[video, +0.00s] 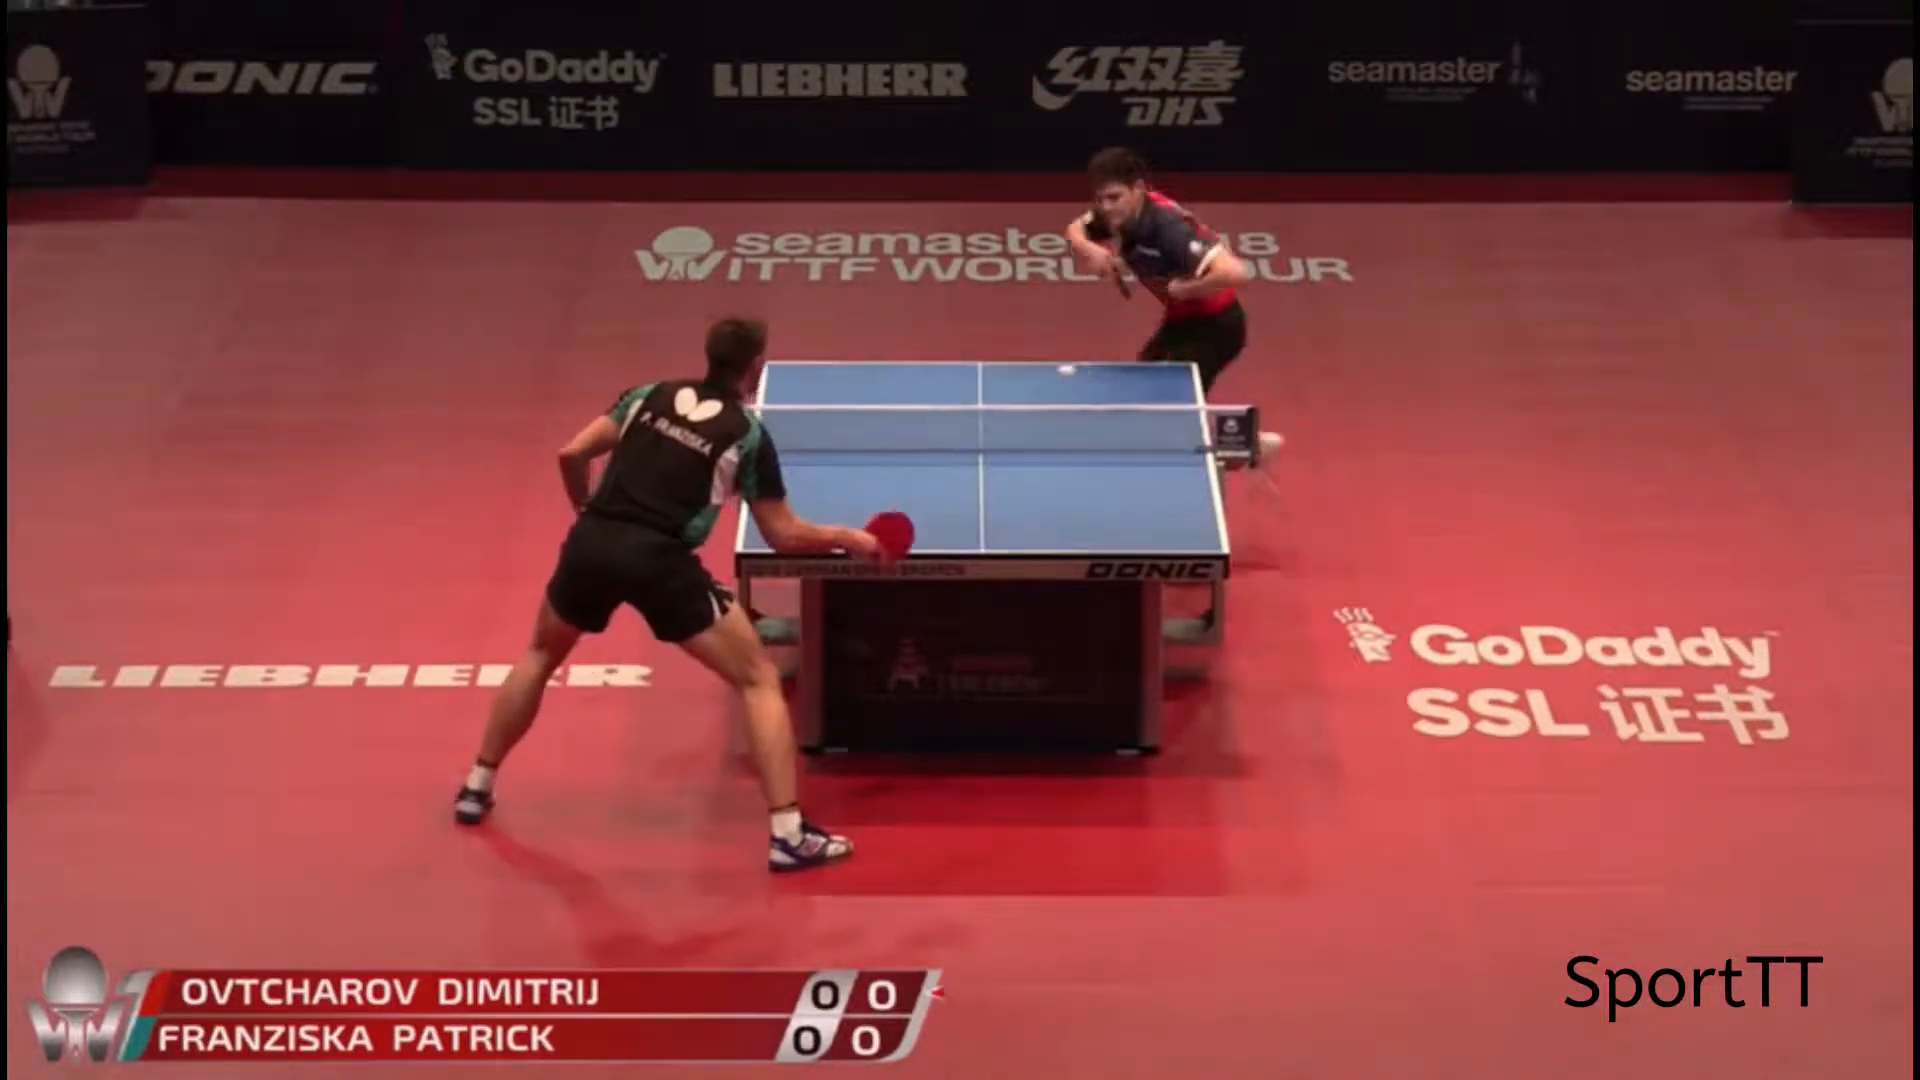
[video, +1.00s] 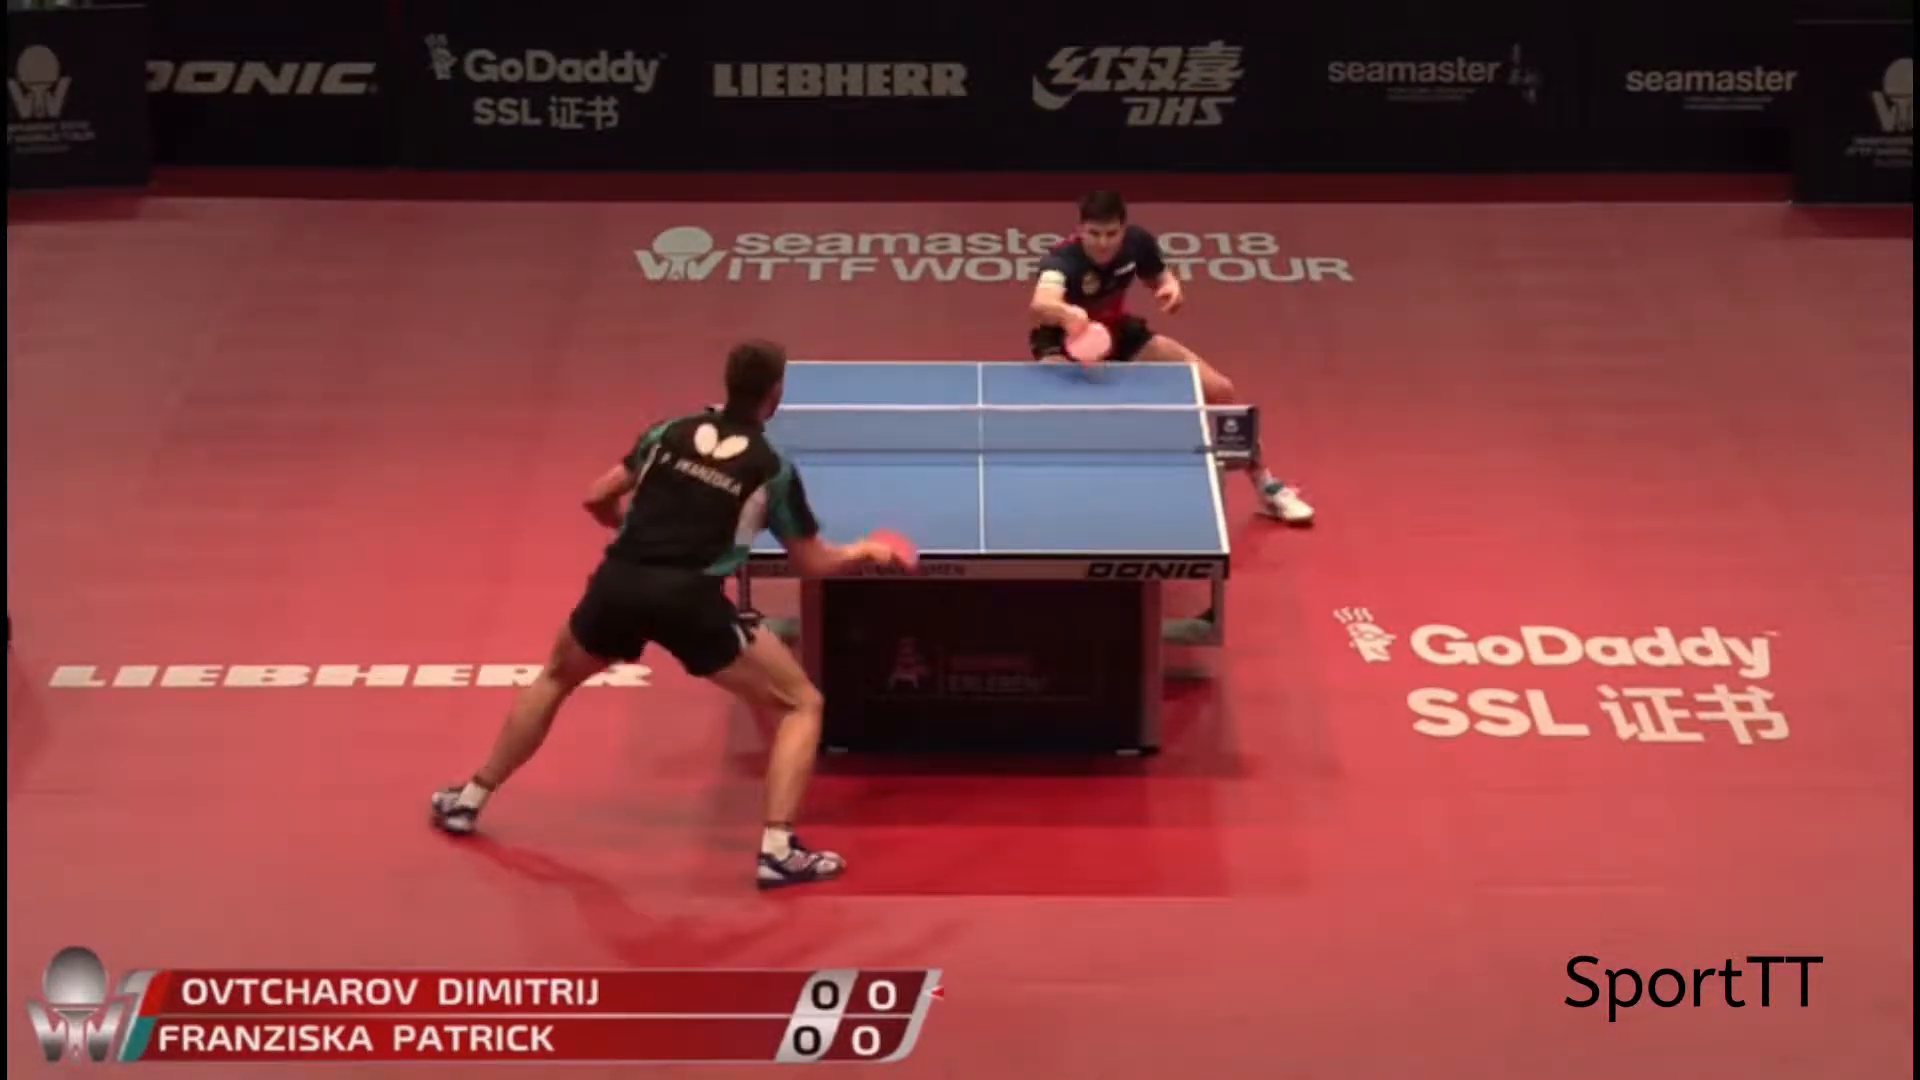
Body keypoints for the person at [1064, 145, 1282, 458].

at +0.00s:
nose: (1106, 207)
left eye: (1114, 198)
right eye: (1101, 199)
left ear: (1139, 191)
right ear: (1095, 199)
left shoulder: (1167, 227)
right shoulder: (1120, 212)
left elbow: (1235, 272)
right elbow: (1074, 229)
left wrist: (1187, 288)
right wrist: (1091, 251)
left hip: (1216, 323)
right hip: (1180, 319)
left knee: (1166, 403)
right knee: (1139, 387)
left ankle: (1247, 445)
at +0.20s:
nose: (1091, 180)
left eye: (1100, 169)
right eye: (1084, 170)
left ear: (1121, 164)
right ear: (1076, 169)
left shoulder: (1159, 196)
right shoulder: (1072, 204)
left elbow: (1225, 238)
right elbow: (1043, 240)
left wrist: (1170, 271)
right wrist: (1050, 262)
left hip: (1168, 296)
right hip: (1112, 296)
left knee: (1173, 386)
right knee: (1074, 381)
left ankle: (1215, 509)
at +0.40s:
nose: (1079, 178)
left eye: (1088, 167)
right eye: (1072, 168)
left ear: (1109, 165)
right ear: (1064, 168)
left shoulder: (1149, 201)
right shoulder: (1056, 210)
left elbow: (1205, 239)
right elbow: (1015, 266)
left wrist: (1163, 269)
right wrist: (1034, 276)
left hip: (1150, 312)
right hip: (1087, 315)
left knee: (1200, 392)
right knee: (1040, 393)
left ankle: (1226, 495)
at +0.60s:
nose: (1087, 187)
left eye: (1095, 176)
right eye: (1080, 178)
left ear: (1116, 169)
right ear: (1071, 177)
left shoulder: (1157, 200)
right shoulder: (1071, 216)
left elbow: (1212, 248)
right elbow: (1039, 272)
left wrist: (1160, 274)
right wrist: (1029, 293)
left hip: (1166, 319)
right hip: (1100, 318)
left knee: (1221, 404)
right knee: (1034, 383)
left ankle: (1261, 494)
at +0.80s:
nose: (1101, 244)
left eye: (1108, 235)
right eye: (1092, 236)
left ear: (1121, 223)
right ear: (1079, 229)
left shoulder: (1151, 238)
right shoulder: (1064, 253)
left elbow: (1202, 279)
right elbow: (1012, 320)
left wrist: (1182, 296)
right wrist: (1071, 313)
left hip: (1153, 345)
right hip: (1086, 347)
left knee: (1220, 403)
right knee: (1046, 378)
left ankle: (1267, 494)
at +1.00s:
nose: (1103, 243)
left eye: (1110, 234)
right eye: (1094, 234)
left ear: (1122, 228)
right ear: (1080, 230)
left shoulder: (1137, 244)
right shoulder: (1064, 257)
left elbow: (1162, 280)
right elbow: (1040, 304)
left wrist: (1171, 292)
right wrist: (1068, 315)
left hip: (1116, 332)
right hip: (1063, 339)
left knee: (1219, 389)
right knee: (1058, 403)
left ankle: (1266, 486)